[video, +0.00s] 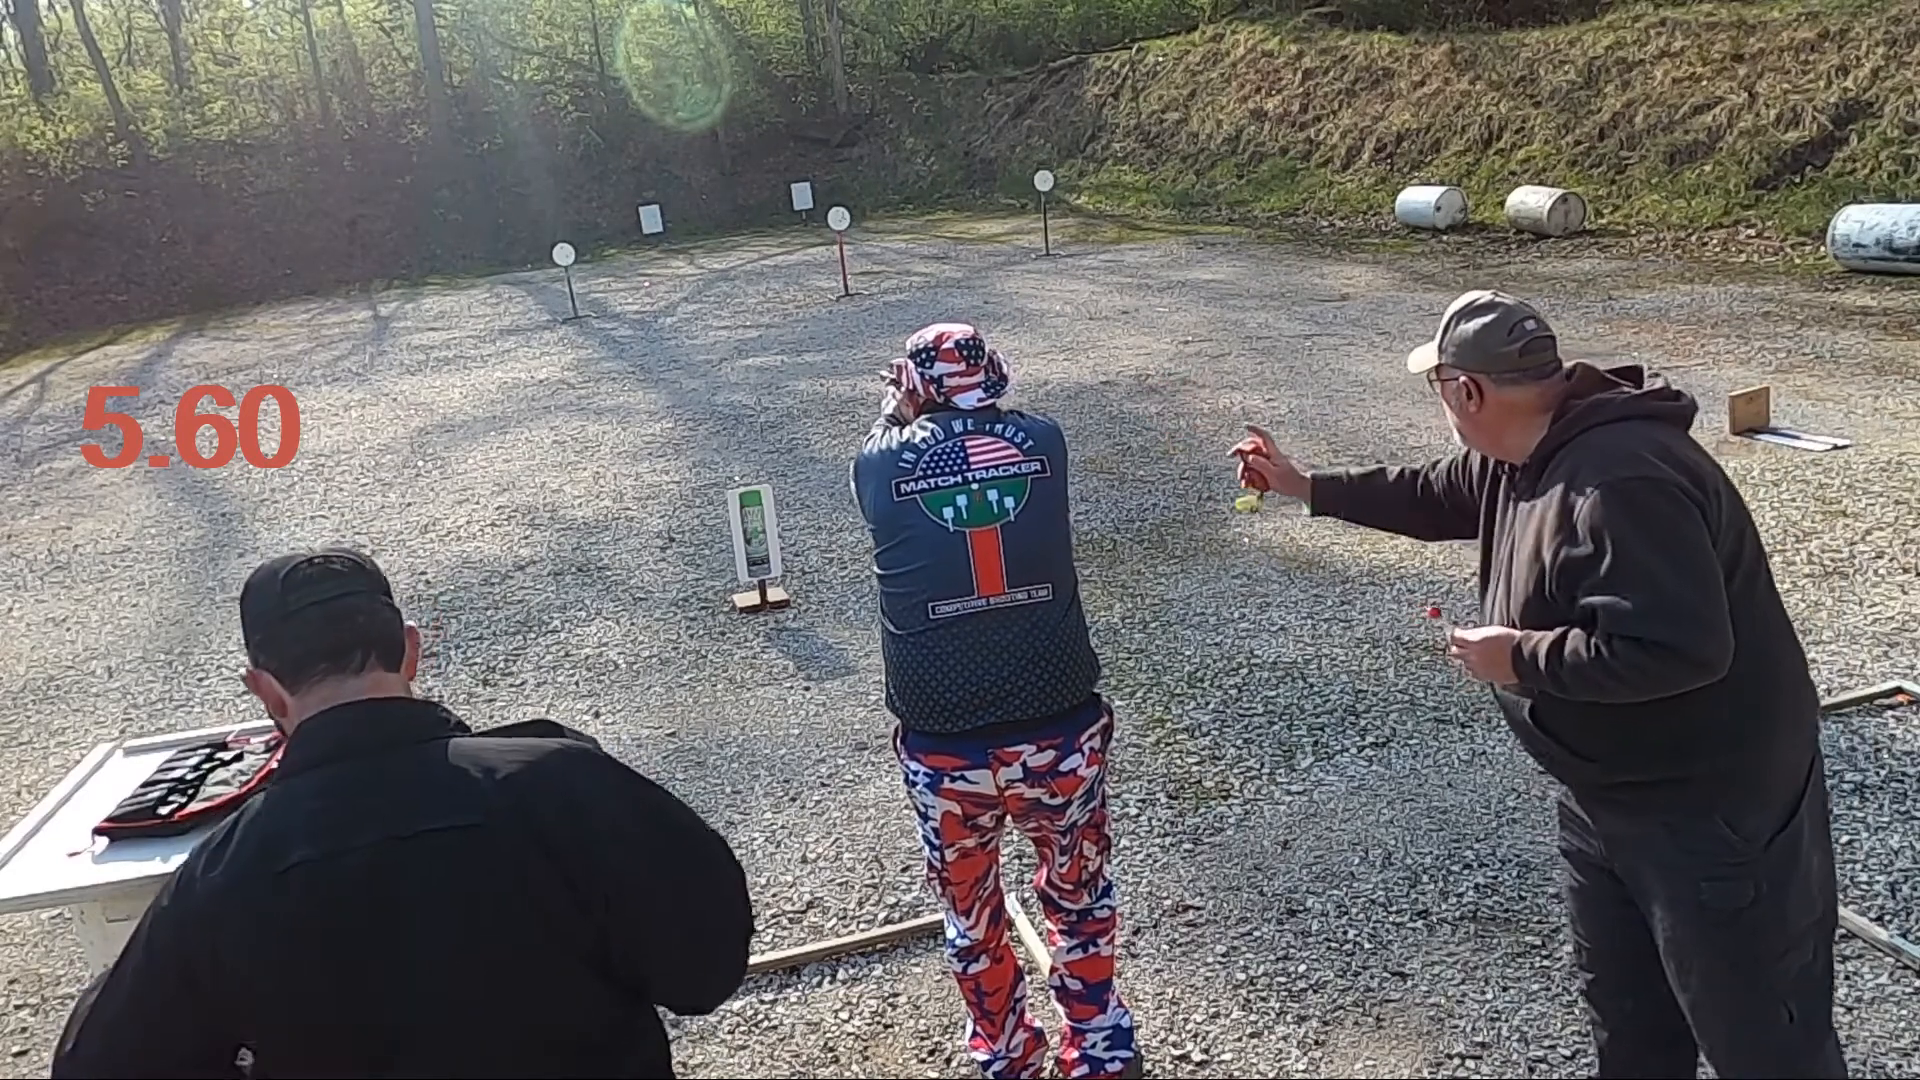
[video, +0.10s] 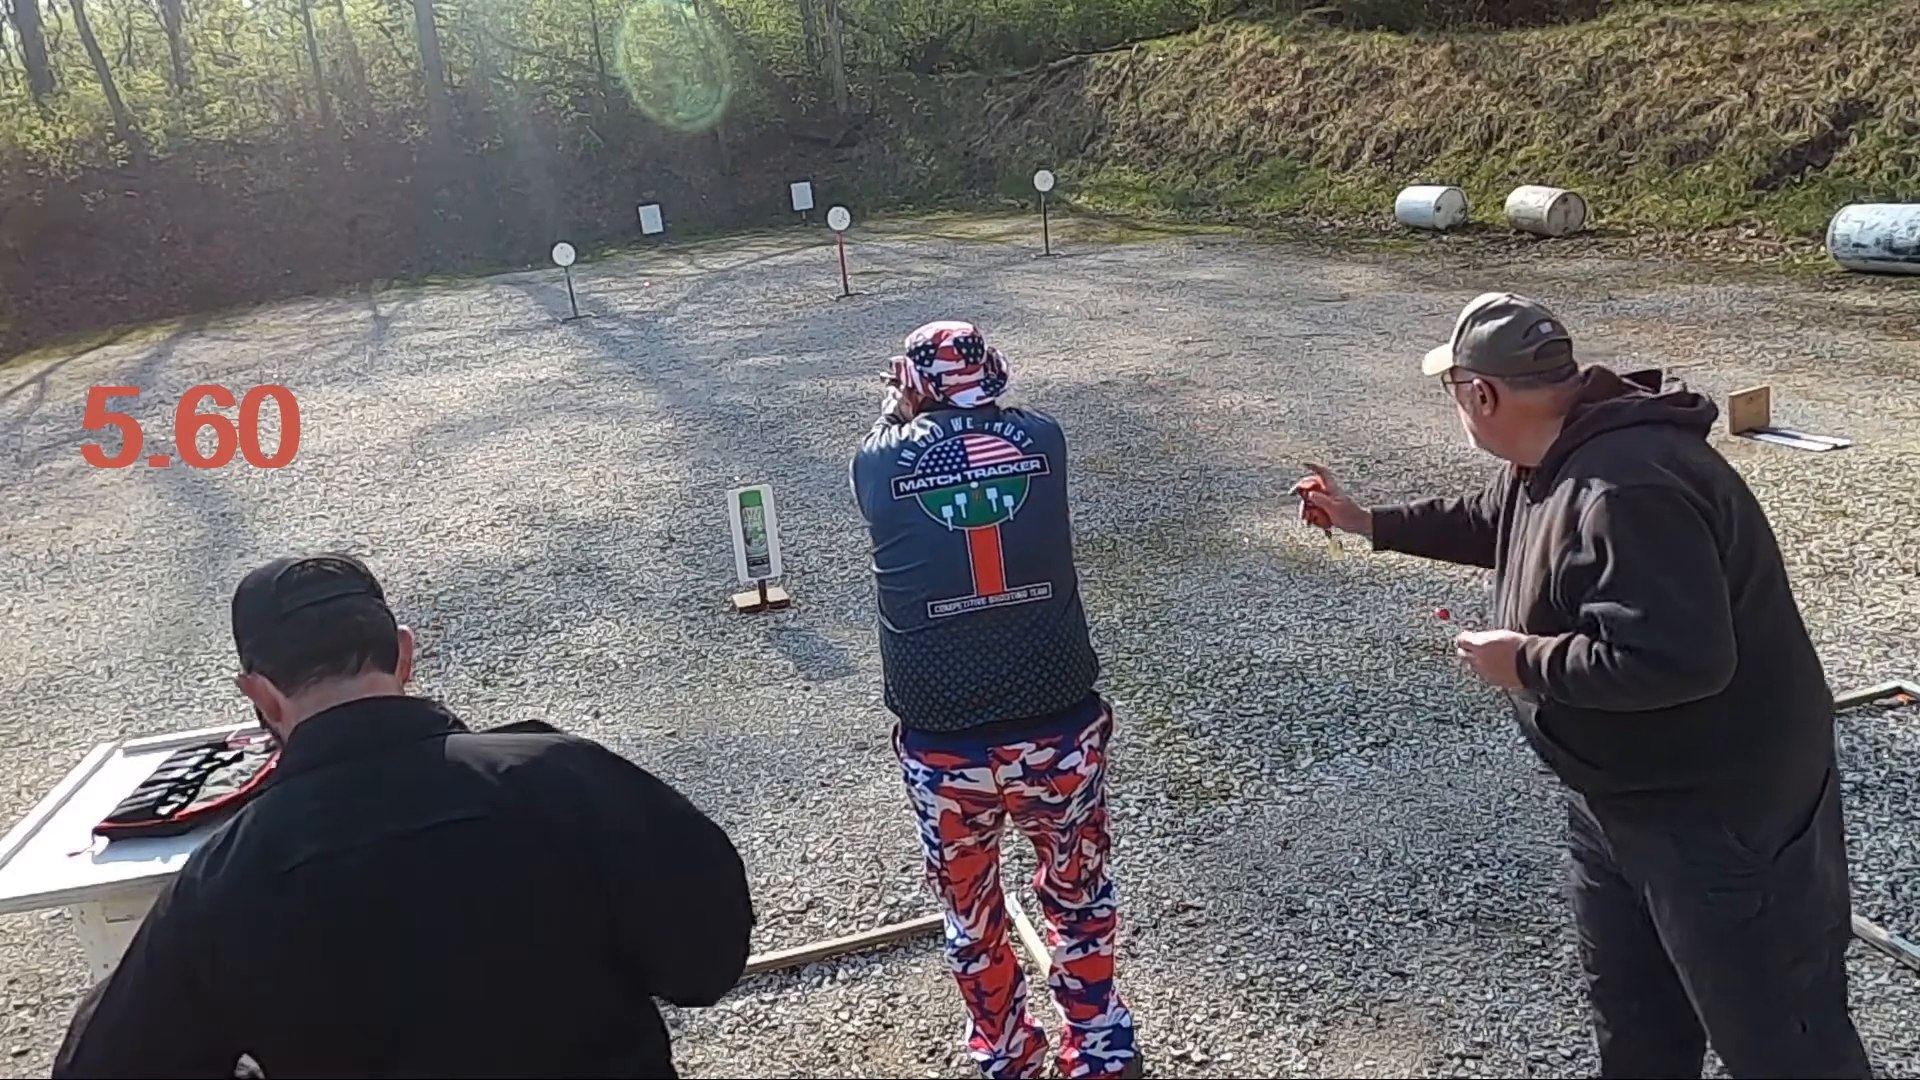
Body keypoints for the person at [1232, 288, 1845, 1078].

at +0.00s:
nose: (1440, 401)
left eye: (1440, 386)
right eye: (1439, 386)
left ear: (1470, 393)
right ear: (1535, 373)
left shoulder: (1619, 482)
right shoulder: (1522, 462)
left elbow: (1682, 647)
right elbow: (1434, 495)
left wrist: (1521, 655)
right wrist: (1306, 488)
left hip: (1716, 811)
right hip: (1607, 797)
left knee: (1765, 1048)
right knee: (1633, 1036)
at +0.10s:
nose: (1457, 408)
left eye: (1455, 391)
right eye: (1453, 392)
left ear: (1483, 397)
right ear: (1549, 375)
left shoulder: (1629, 491)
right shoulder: (1558, 466)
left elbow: (1682, 658)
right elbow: (1496, 529)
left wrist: (1527, 659)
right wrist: (1365, 520)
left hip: (1725, 815)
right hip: (1621, 800)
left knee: (1784, 1050)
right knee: (1638, 1036)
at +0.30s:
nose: (1504, 416)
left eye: (1503, 399)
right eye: (1503, 399)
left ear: (1532, 406)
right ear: (1602, 385)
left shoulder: (1667, 512)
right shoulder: (1612, 472)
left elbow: (1714, 689)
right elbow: (1604, 580)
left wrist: (1557, 677)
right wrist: (1487, 569)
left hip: (1763, 842)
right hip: (1654, 816)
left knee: (1812, 1058)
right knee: (1646, 1032)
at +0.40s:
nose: (1532, 422)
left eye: (1533, 405)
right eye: (1532, 404)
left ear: (1564, 413)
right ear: (1634, 390)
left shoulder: (1696, 520)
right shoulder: (1657, 470)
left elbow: (1740, 705)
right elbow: (1647, 587)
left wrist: (1585, 687)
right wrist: (1537, 579)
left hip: (1791, 848)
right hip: (1681, 819)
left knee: (1829, 1062)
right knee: (1657, 1038)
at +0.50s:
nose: (1561, 431)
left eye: (1559, 414)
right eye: (1558, 414)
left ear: (1593, 417)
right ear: (1669, 389)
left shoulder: (1730, 526)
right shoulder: (1685, 480)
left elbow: (1773, 716)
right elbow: (1676, 595)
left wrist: (1612, 696)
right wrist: (1567, 586)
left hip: (1812, 870)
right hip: (1701, 841)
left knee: (1841, 1064)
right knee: (1671, 1054)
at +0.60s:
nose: (1586, 427)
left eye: (1585, 411)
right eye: (1582, 412)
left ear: (1622, 417)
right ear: (1698, 392)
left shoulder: (1760, 528)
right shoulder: (1706, 486)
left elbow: (1807, 721)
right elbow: (1697, 594)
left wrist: (1639, 699)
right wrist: (1585, 589)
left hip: (1833, 876)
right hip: (1722, 852)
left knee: (1848, 1064)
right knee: (1684, 1057)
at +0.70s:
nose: (1611, 426)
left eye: (1612, 409)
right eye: (1608, 409)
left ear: (1649, 416)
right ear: (1728, 392)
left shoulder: (1795, 531)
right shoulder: (1733, 488)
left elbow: (1838, 725)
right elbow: (1715, 603)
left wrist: (1666, 701)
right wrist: (1600, 593)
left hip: (1842, 881)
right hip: (1747, 855)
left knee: (1855, 1064)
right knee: (1698, 1056)